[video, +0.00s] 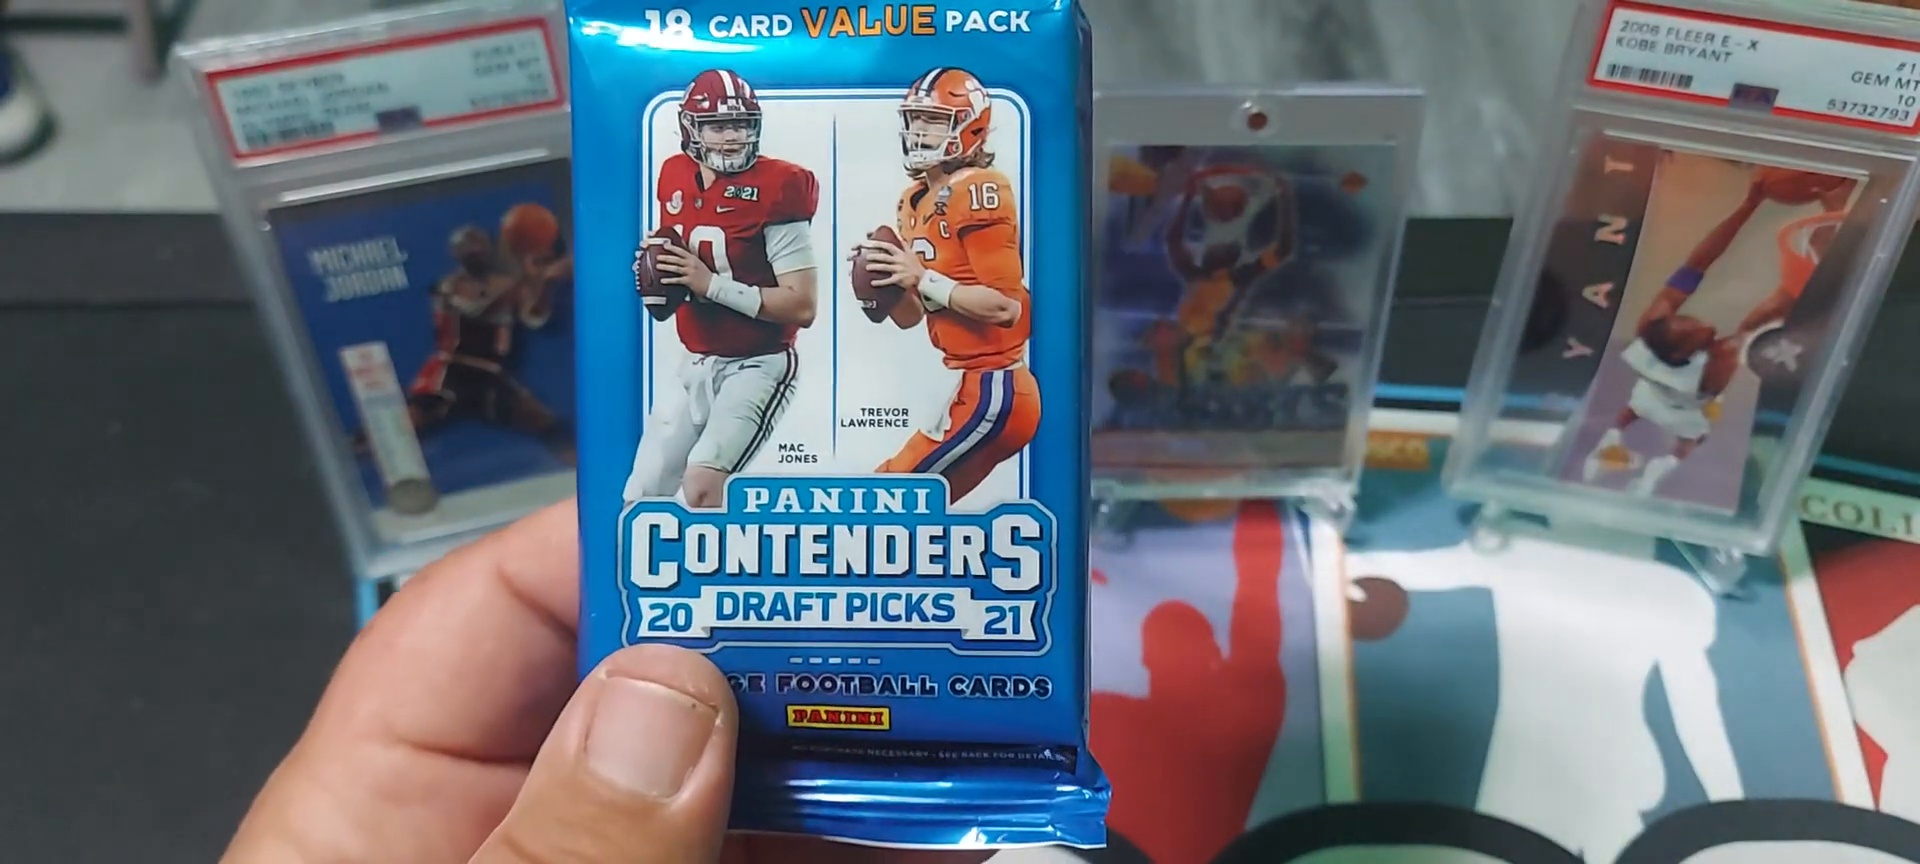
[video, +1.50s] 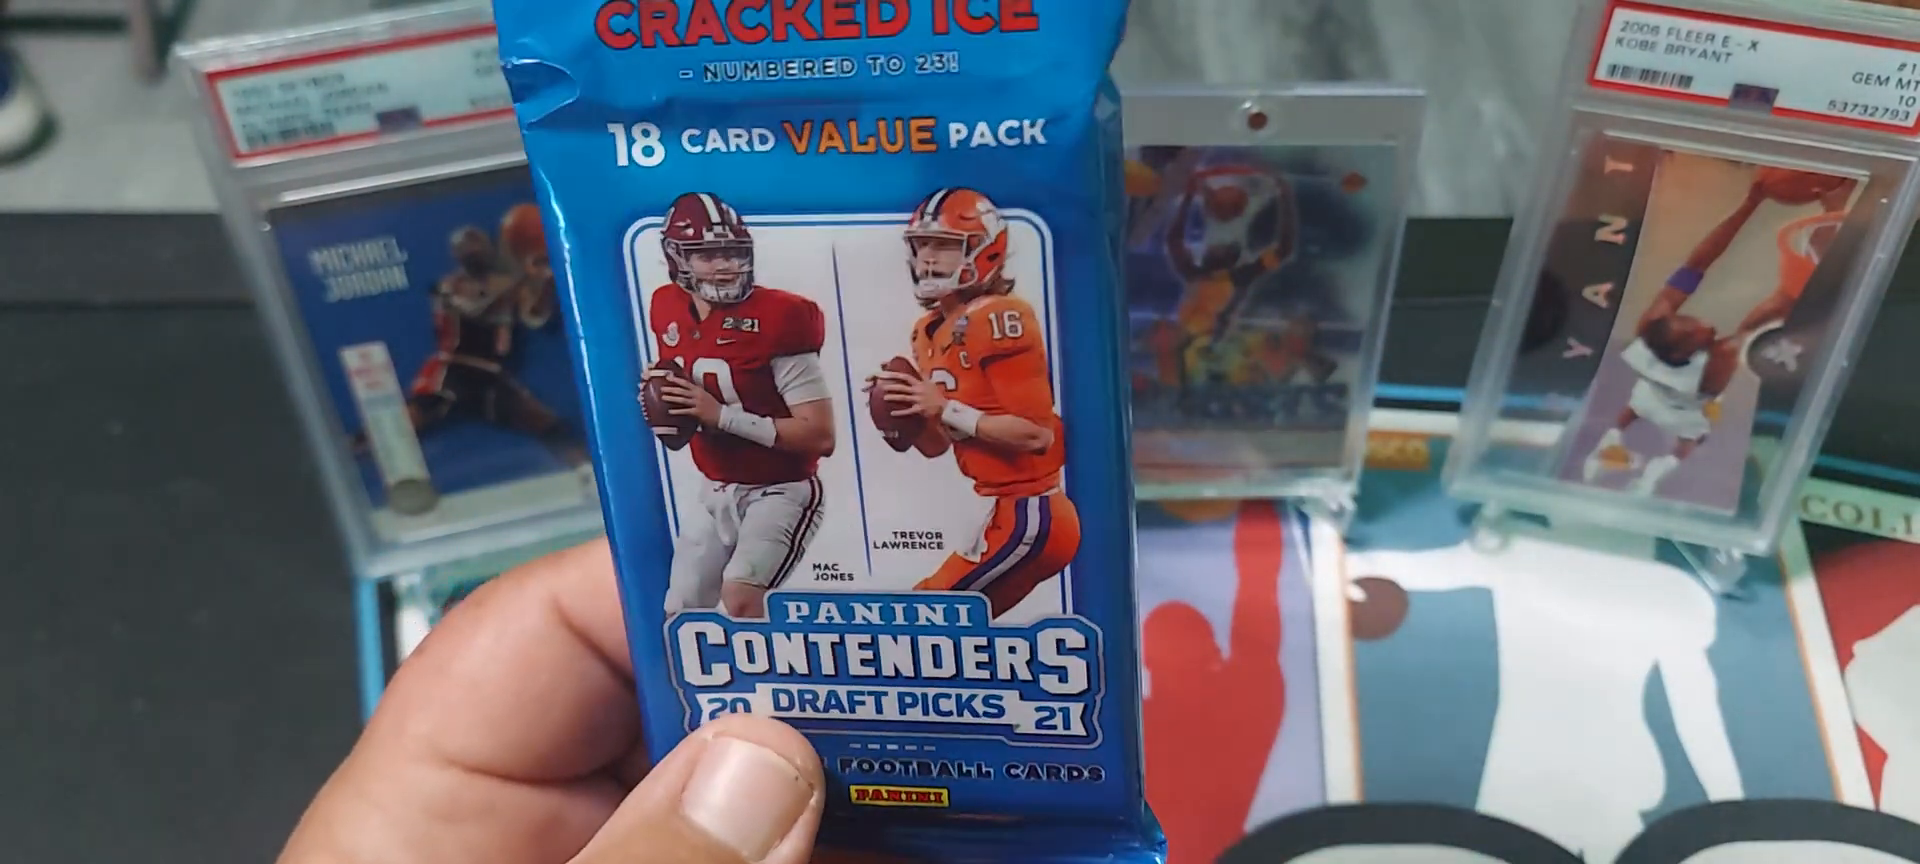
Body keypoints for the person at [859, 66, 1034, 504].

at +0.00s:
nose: (919, 133)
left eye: (934, 122)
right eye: (914, 121)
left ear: (968, 128)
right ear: (905, 124)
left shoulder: (979, 189)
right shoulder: (912, 200)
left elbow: (1005, 307)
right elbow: (908, 316)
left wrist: (921, 277)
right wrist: (879, 282)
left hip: (995, 390)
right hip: (973, 387)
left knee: (881, 501)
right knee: (895, 511)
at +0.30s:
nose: (941, 144)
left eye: (957, 132)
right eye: (937, 131)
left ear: (991, 139)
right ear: (928, 135)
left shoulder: (1001, 197)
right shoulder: (935, 209)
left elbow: (1028, 315)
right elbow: (930, 324)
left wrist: (944, 286)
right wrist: (900, 290)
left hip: (1019, 399)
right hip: (996, 396)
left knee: (906, 511)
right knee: (924, 523)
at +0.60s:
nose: (920, 204)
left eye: (936, 191)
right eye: (914, 190)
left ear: (977, 196)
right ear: (904, 194)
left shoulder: (994, 263)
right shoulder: (921, 276)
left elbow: (1027, 381)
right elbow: (926, 393)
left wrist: (933, 355)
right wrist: (890, 362)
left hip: (1022, 466)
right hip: (991, 462)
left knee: (910, 579)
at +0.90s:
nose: (936, 160)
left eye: (951, 147)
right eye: (930, 147)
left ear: (988, 152)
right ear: (921, 150)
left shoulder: (1001, 214)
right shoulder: (932, 229)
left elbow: (1031, 333)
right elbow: (934, 346)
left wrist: (946, 307)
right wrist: (905, 308)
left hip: (1026, 418)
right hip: (1002, 416)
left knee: (915, 535)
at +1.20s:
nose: (964, 199)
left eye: (979, 187)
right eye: (958, 186)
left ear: (1015, 192)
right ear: (948, 190)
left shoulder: (1027, 259)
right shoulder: (957, 271)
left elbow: (1056, 379)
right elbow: (955, 390)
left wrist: (968, 351)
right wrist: (926, 349)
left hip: (1045, 467)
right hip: (1018, 462)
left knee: (931, 578)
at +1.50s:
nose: (927, 260)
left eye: (944, 248)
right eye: (921, 247)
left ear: (984, 252)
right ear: (912, 251)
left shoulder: (1002, 318)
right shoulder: (928, 331)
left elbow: (1035, 433)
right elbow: (934, 444)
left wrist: (942, 407)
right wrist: (900, 411)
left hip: (1031, 517)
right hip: (1003, 513)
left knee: (917, 620)